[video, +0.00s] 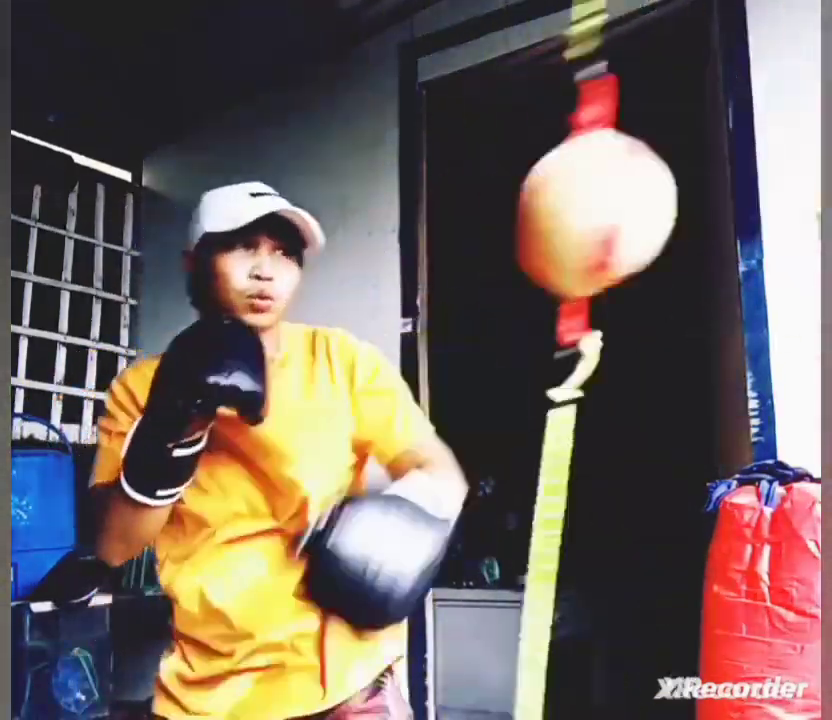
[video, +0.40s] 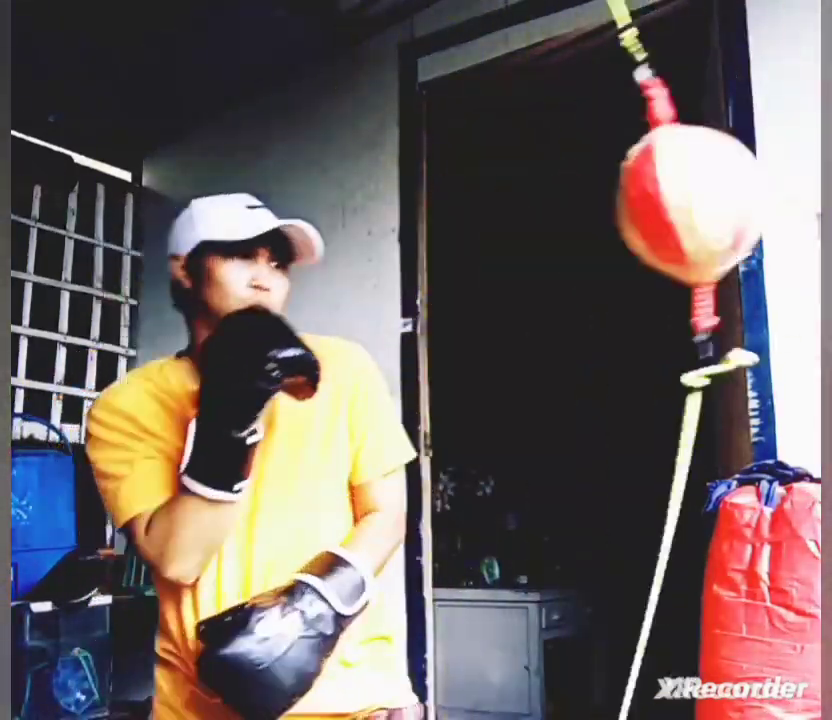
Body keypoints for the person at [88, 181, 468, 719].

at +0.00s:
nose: (265, 270)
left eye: (282, 251)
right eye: (242, 248)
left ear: (298, 269)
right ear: (198, 265)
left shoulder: (347, 363)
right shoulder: (145, 388)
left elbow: (439, 472)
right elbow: (115, 547)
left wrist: (398, 524)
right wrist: (170, 430)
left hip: (349, 679)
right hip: (209, 685)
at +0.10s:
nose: (186, 288)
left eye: (204, 267)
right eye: (161, 268)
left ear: (227, 285)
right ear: (127, 295)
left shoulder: (303, 390)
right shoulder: (104, 423)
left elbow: (366, 537)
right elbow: (111, 580)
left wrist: (300, 653)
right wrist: (142, 457)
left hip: (328, 676)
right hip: (196, 685)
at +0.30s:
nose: (189, 300)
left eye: (205, 280)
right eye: (165, 279)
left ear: (223, 296)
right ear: (121, 302)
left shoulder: (298, 375)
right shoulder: (101, 435)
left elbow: (362, 519)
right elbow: (146, 586)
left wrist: (265, 632)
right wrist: (173, 467)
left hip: (338, 693)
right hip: (200, 698)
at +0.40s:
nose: (264, 273)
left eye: (276, 260)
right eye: (240, 255)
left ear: (289, 279)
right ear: (185, 271)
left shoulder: (345, 369)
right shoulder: (129, 406)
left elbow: (387, 514)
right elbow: (175, 560)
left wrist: (311, 611)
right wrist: (227, 427)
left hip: (354, 698)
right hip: (201, 702)